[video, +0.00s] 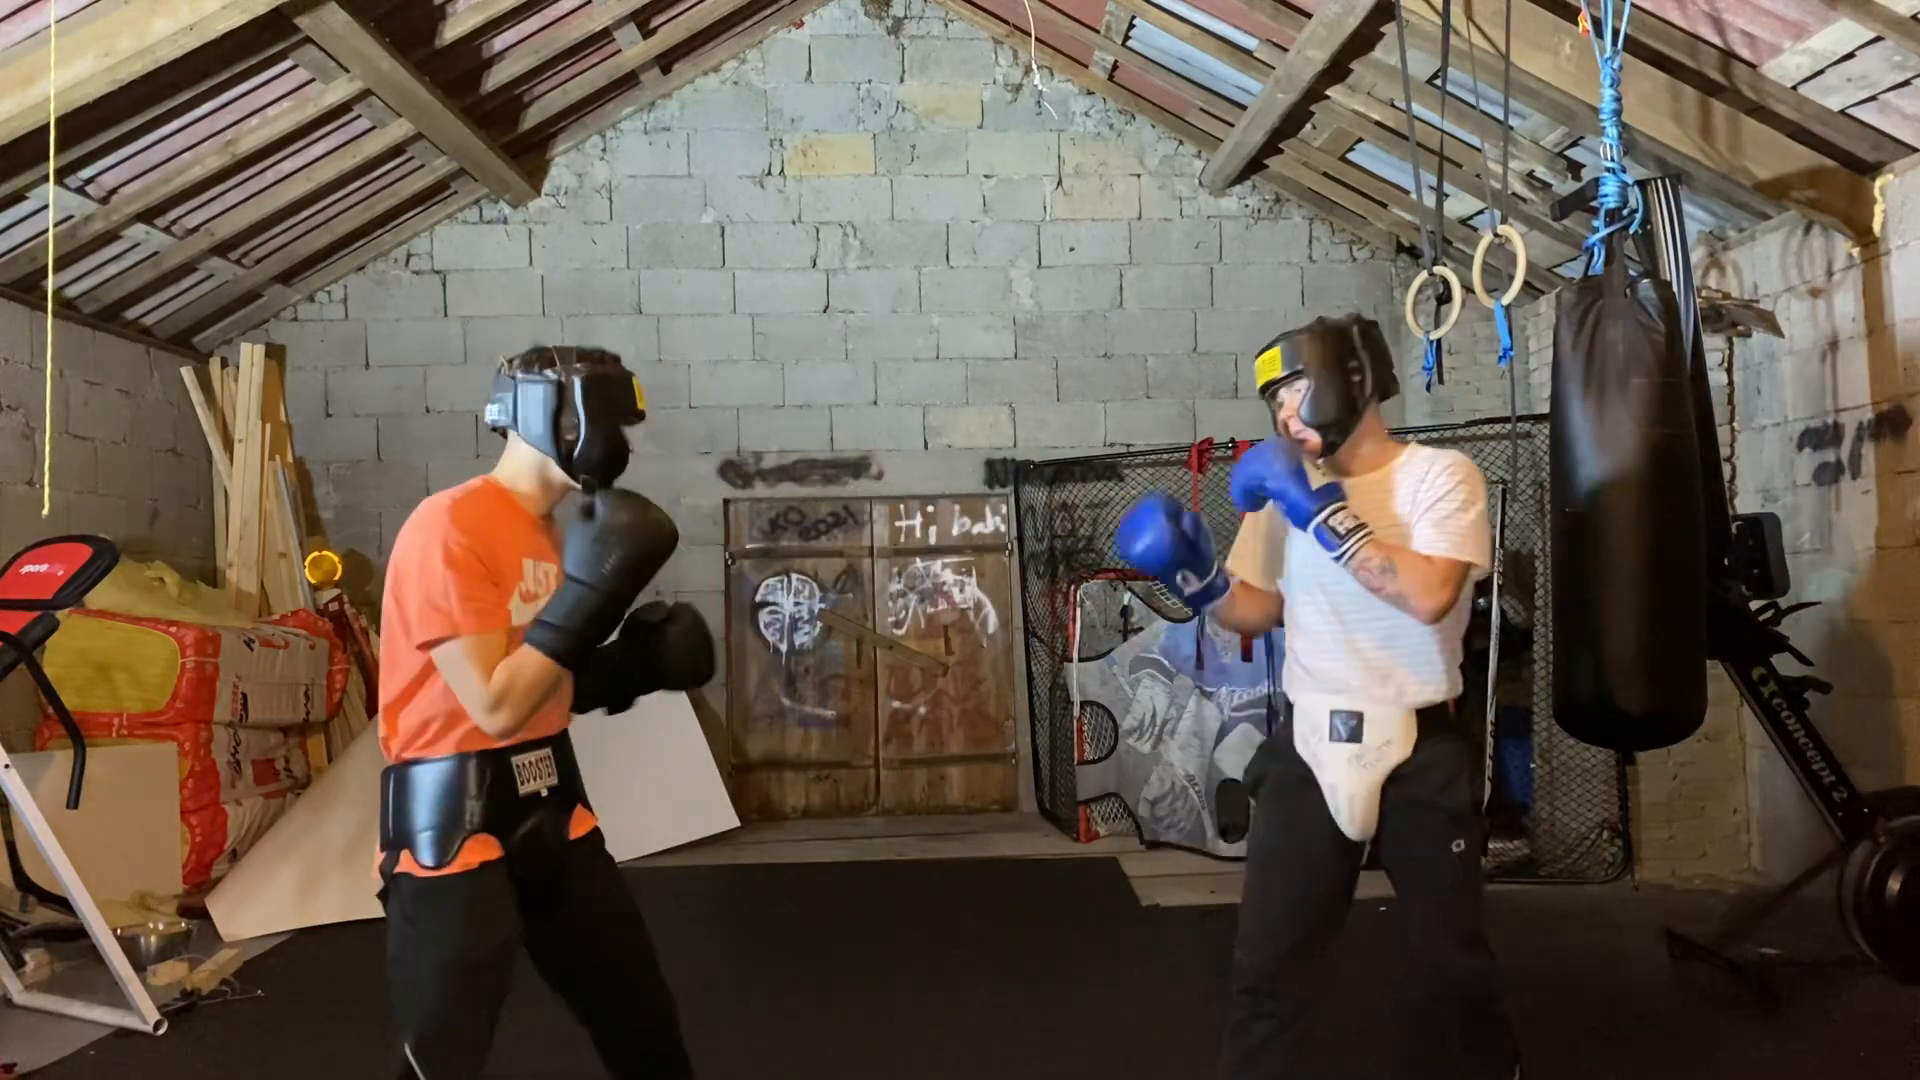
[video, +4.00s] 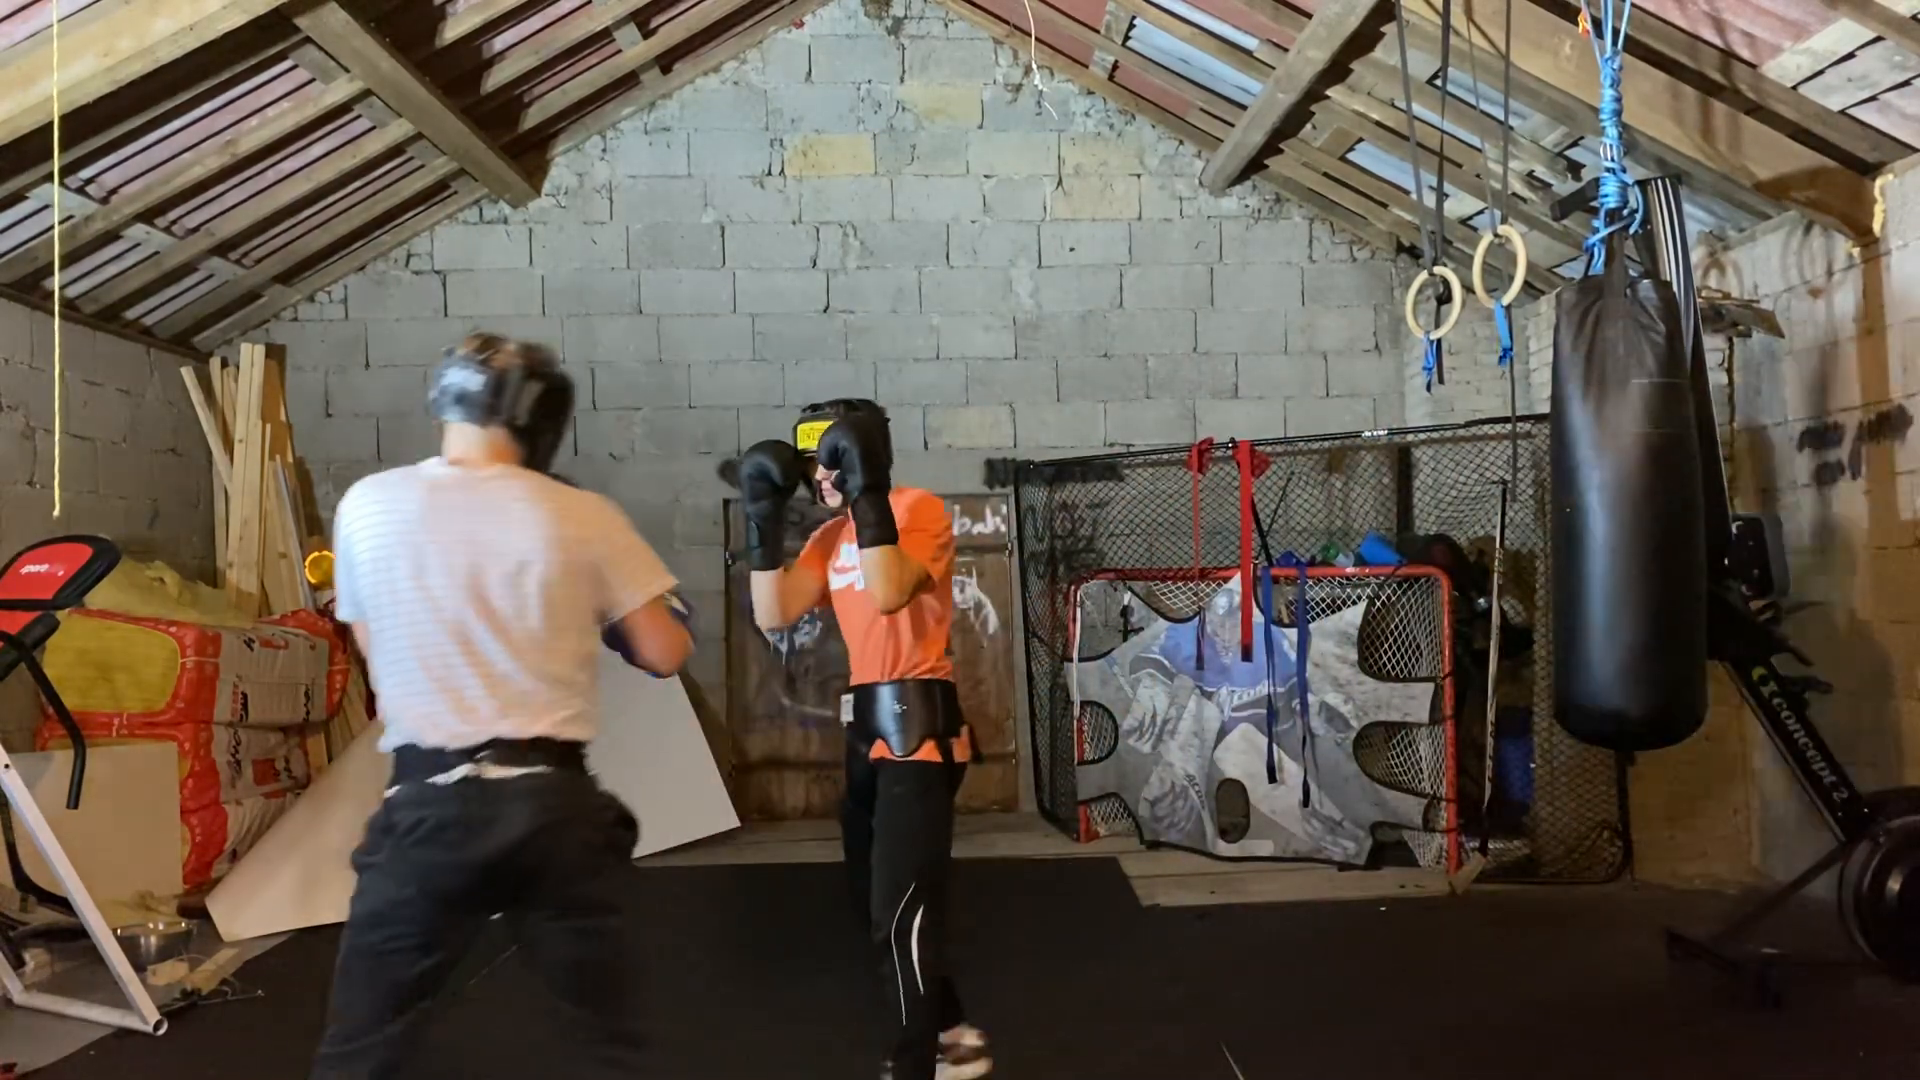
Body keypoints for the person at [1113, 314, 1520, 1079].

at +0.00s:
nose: (1280, 414)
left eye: (1291, 389)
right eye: (1274, 397)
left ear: (1348, 386)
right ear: (1285, 411)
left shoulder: (1442, 476)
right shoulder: (1282, 490)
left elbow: (1429, 594)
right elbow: (1255, 610)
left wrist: (1310, 501)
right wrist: (1192, 576)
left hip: (1423, 754)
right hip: (1306, 755)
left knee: (1452, 964)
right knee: (1265, 973)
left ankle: (1489, 1076)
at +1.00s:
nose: (1048, 371)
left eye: (1055, 347)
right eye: (1047, 350)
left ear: (1089, 348)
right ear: (1146, 347)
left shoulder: (1204, 463)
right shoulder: (1124, 485)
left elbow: (1127, 618)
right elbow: (1102, 602)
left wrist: (1040, 513)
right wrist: (1026, 504)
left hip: (1213, 801)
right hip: (1127, 799)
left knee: (1252, 1054)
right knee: (1077, 1040)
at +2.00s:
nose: (907, 391)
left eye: (912, 374)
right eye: (912, 376)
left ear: (925, 376)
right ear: (1020, 400)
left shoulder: (920, 480)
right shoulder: (1075, 516)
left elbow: (846, 652)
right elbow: (1115, 687)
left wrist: (854, 536)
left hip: (976, 843)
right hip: (1077, 835)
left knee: (983, 1058)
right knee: (1075, 1054)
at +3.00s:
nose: (561, 556)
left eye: (558, 541)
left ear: (579, 549)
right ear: (671, 502)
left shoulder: (622, 645)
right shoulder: (789, 565)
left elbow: (630, 811)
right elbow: (915, 624)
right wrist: (826, 662)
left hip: (817, 925)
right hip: (922, 881)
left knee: (679, 1069)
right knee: (887, 1069)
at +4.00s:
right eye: (549, 420)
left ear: (446, 409)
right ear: (544, 422)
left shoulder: (365, 506)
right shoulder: (581, 517)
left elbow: (365, 638)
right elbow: (663, 652)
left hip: (425, 825)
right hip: (556, 816)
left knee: (355, 1056)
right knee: (615, 1048)